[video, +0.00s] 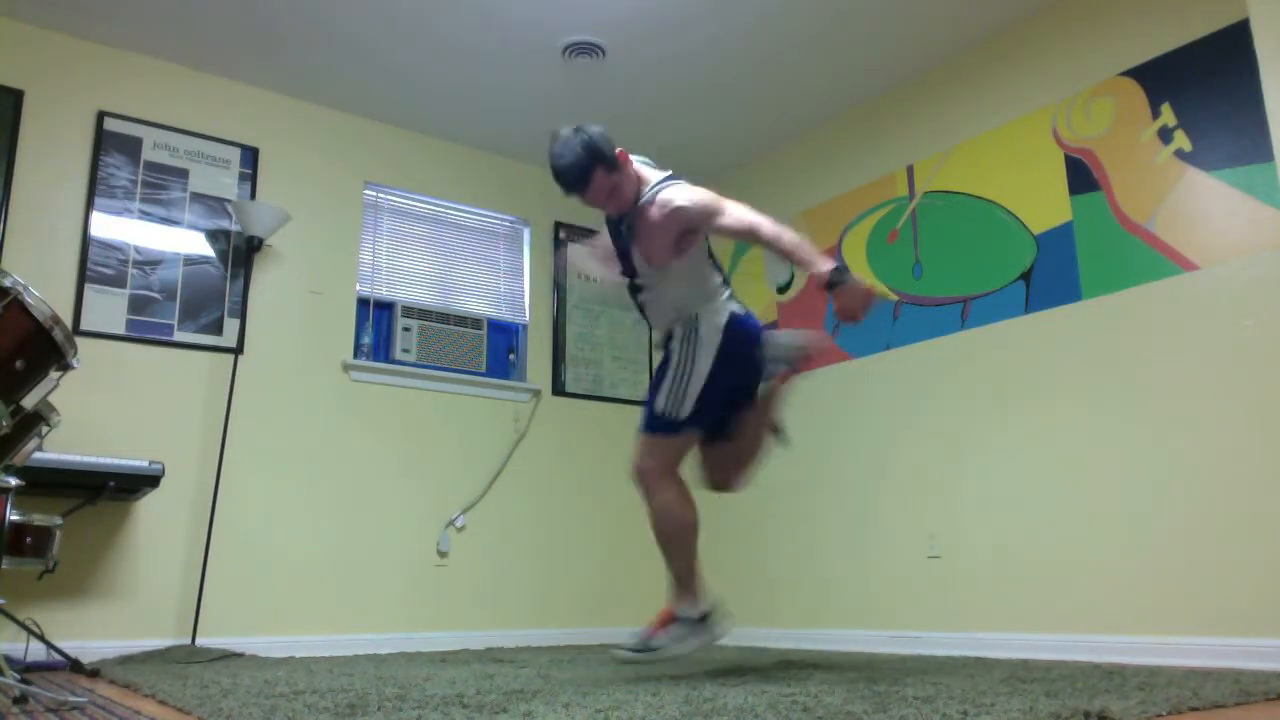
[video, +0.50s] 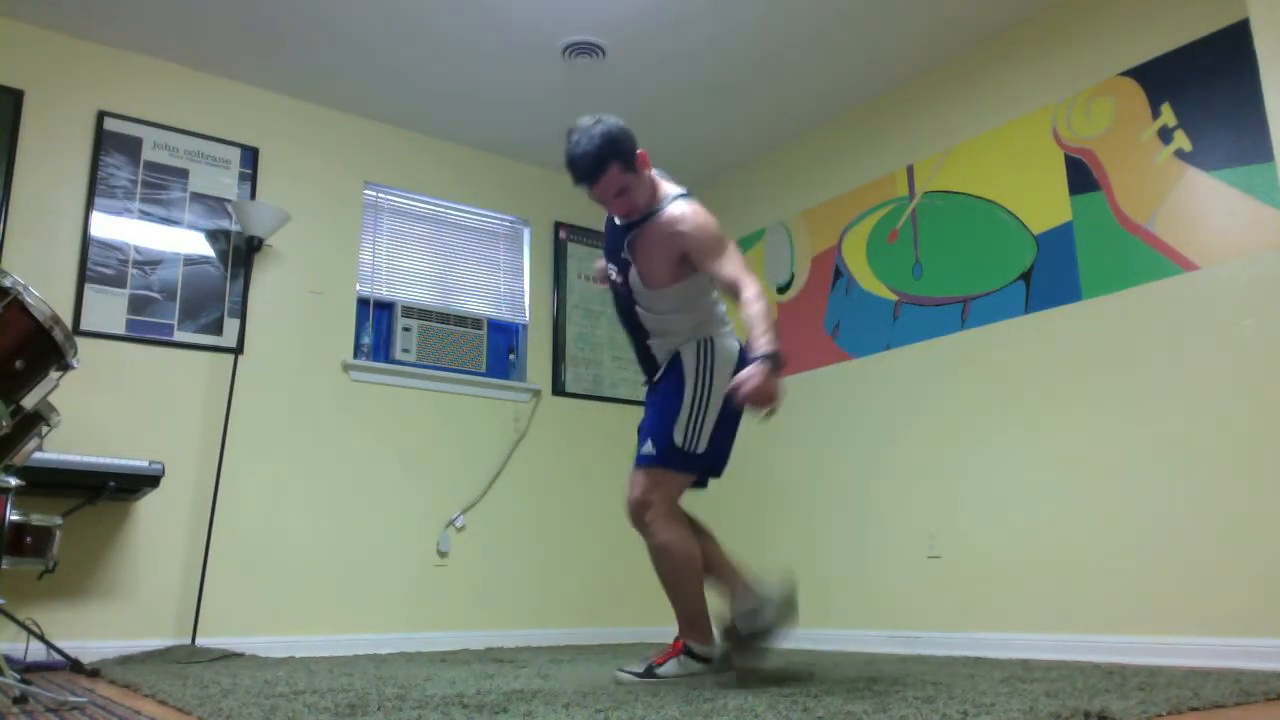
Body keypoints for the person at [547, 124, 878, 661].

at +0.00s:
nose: (606, 204)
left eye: (608, 190)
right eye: (594, 201)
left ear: (622, 161)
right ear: (581, 195)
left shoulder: (671, 204)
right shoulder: (621, 181)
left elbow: (760, 227)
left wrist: (832, 275)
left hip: (705, 334)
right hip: (711, 329)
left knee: (653, 470)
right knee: (725, 472)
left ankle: (690, 610)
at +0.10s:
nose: (606, 214)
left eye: (608, 200)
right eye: (595, 209)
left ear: (624, 171)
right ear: (584, 204)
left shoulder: (671, 210)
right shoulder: (610, 209)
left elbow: (744, 238)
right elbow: (581, 234)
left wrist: (772, 279)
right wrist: (529, 220)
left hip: (723, 342)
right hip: (695, 344)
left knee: (673, 484)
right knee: (673, 478)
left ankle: (696, 635)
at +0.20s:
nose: (606, 230)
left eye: (608, 215)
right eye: (592, 224)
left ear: (622, 186)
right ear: (580, 219)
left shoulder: (669, 223)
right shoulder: (619, 202)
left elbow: (734, 266)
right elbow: (574, 234)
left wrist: (719, 325)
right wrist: (560, 251)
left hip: (717, 361)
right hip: (691, 366)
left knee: (659, 498)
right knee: (660, 501)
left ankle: (699, 646)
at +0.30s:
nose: (608, 214)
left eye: (609, 200)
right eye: (596, 210)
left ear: (625, 168)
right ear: (583, 201)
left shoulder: (674, 214)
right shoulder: (626, 208)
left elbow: (734, 275)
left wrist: (719, 348)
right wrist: (620, 273)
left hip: (700, 358)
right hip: (673, 361)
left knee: (647, 490)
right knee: (658, 498)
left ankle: (691, 635)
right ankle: (745, 609)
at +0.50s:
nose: (617, 207)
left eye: (623, 190)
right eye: (604, 200)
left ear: (643, 162)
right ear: (590, 192)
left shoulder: (684, 220)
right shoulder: (628, 211)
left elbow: (747, 285)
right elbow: (653, 265)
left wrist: (764, 357)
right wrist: (618, 273)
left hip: (700, 359)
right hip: (672, 362)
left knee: (650, 503)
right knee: (653, 509)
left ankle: (699, 645)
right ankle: (752, 602)